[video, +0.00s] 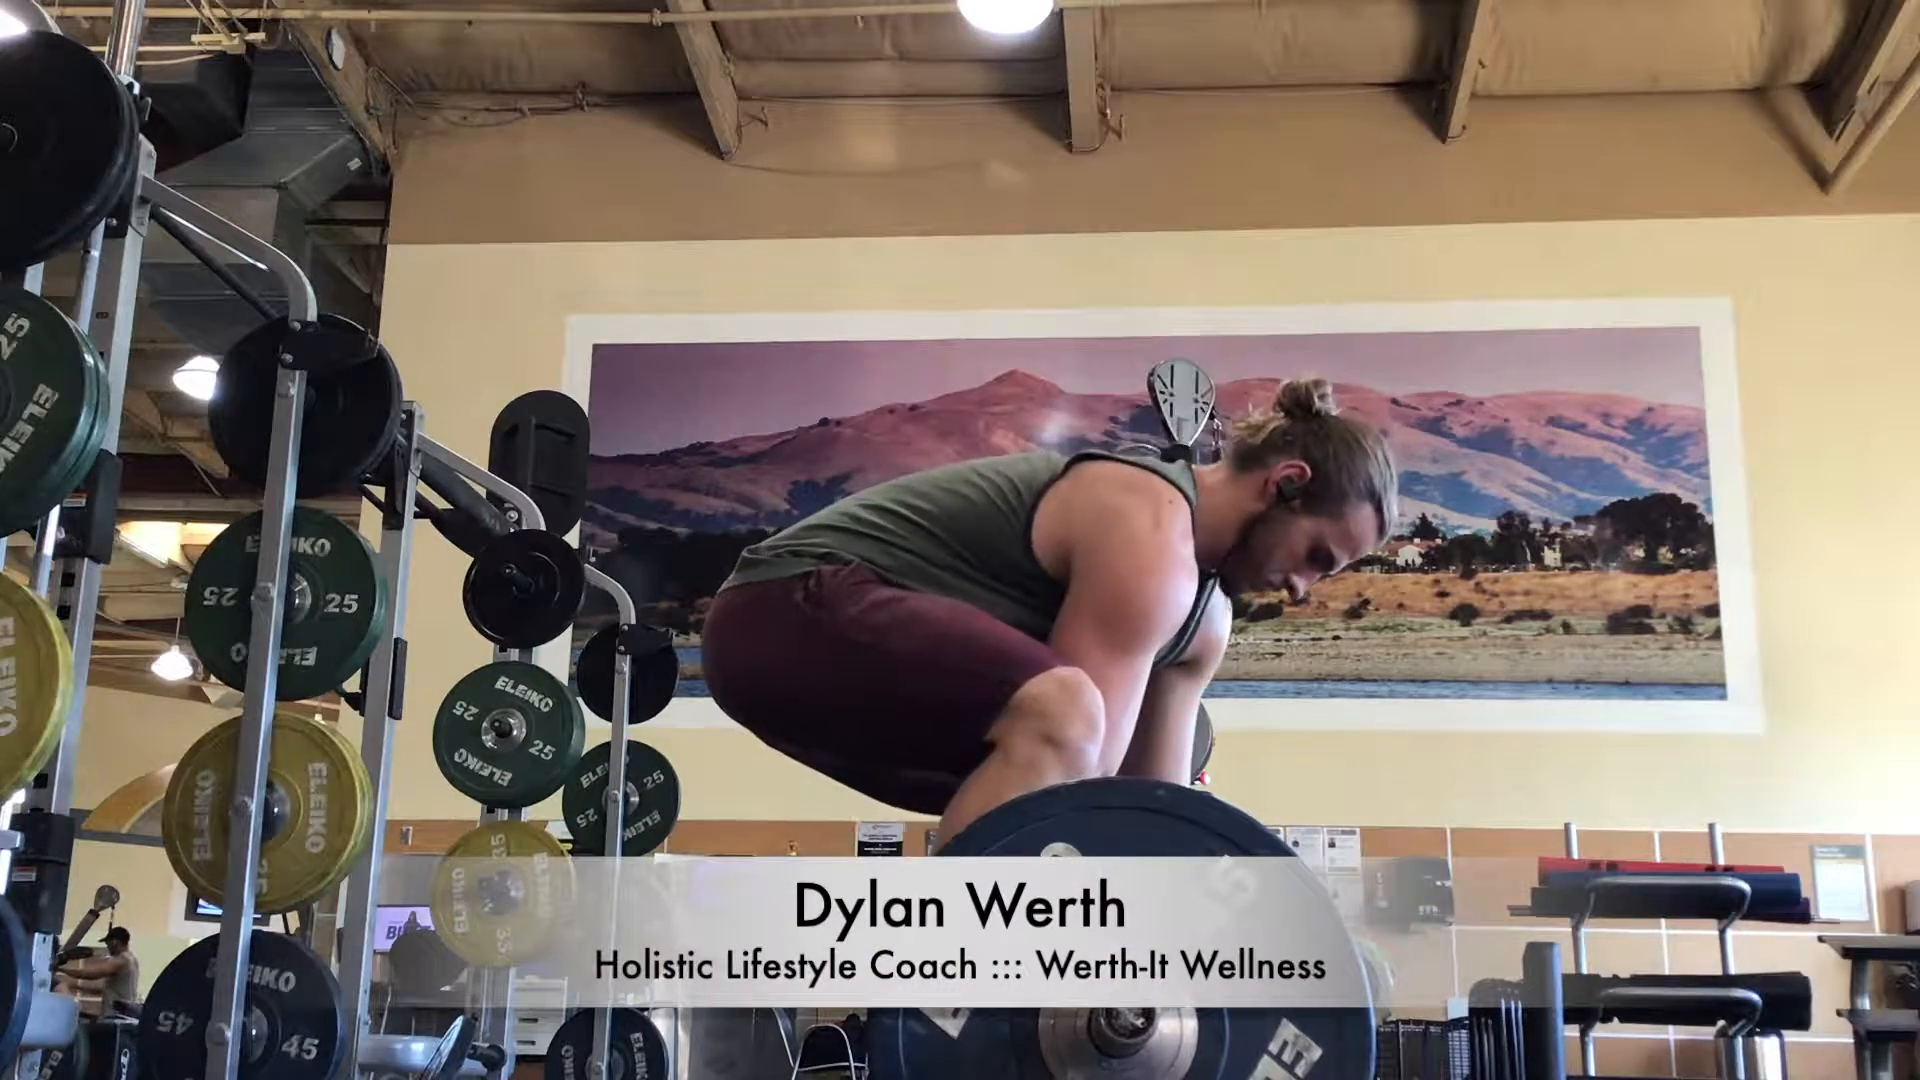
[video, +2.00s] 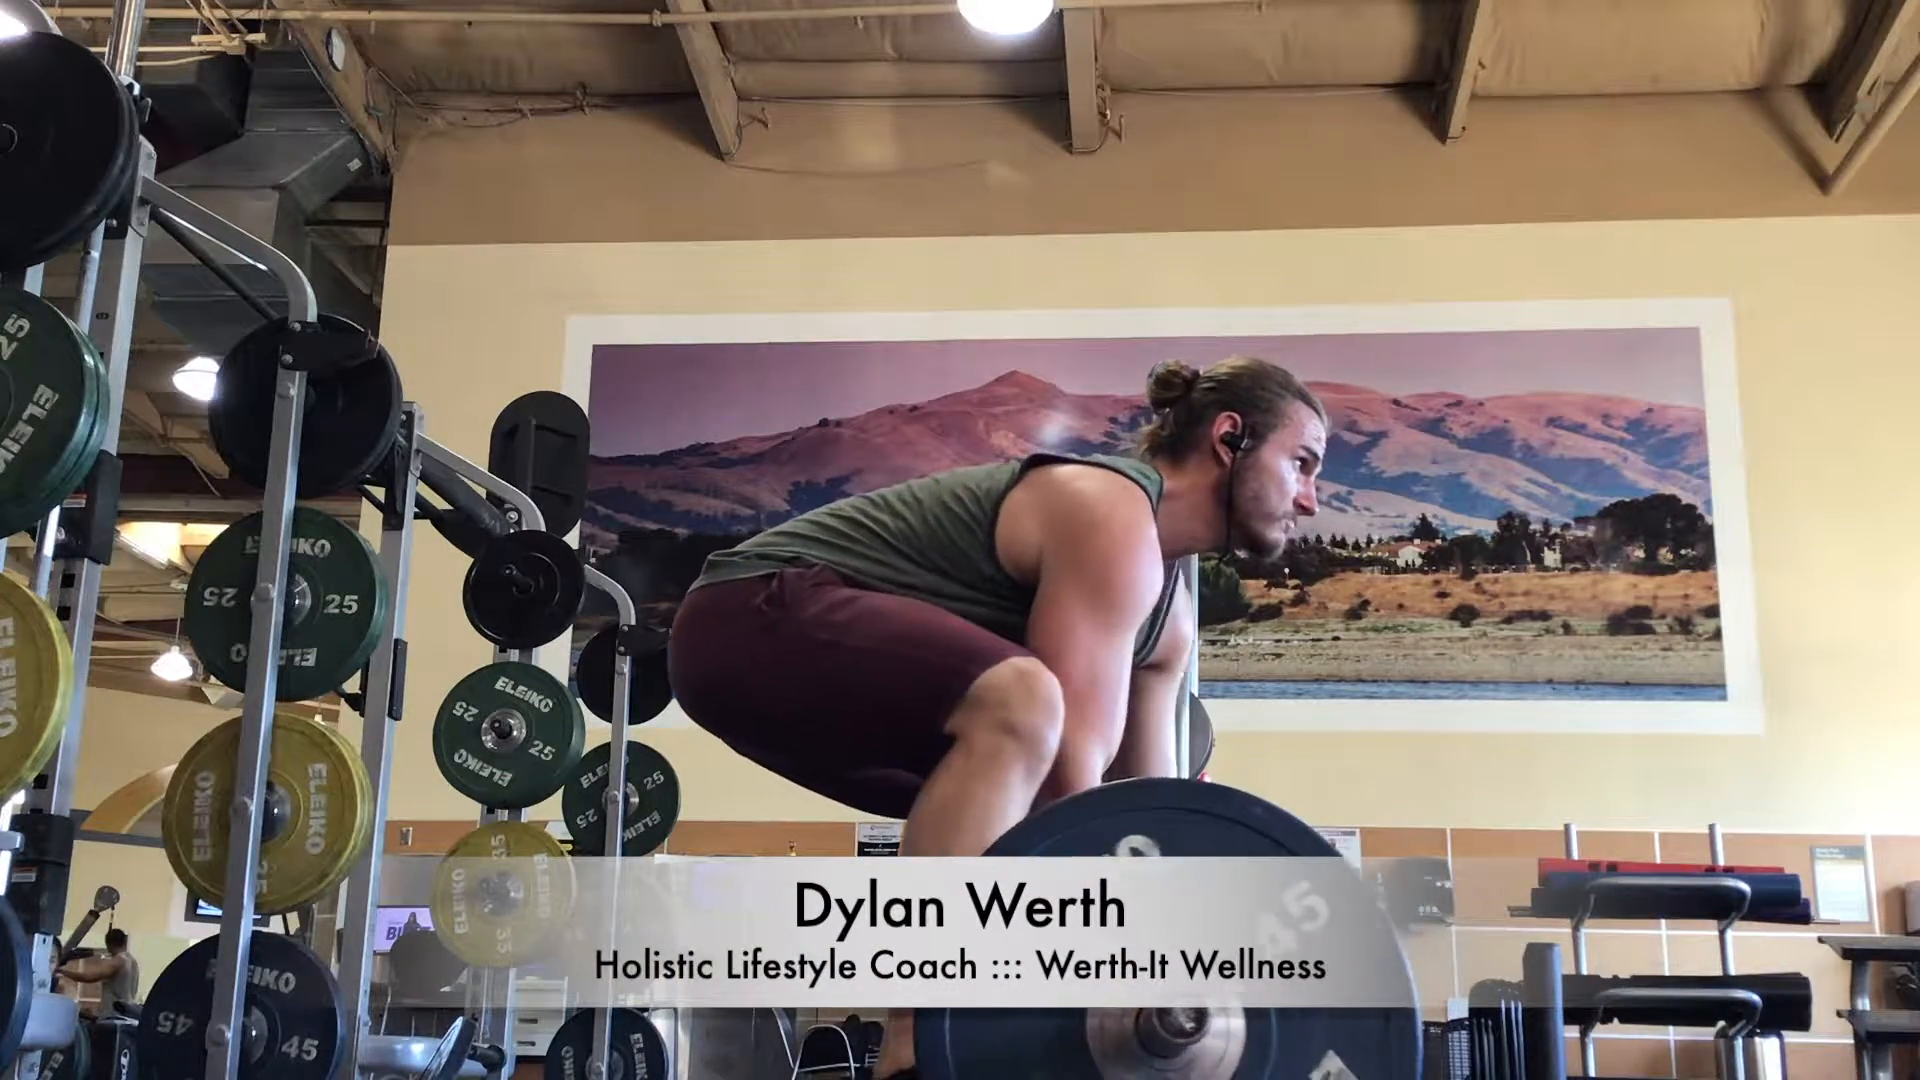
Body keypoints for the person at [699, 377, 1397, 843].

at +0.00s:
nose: (1303, 588)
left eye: (1325, 575)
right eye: (1316, 558)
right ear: (1282, 485)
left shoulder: (1199, 617)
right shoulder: (1143, 539)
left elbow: (1148, 812)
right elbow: (1068, 783)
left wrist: (1157, 968)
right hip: (790, 605)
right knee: (1062, 717)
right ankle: (918, 977)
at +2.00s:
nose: (1312, 497)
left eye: (1318, 477)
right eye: (1301, 464)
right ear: (1227, 439)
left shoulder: (1168, 613)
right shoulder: (1108, 522)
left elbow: (1152, 798)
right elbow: (1074, 776)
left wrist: (1174, 968)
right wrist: (1100, 967)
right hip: (754, 609)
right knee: (1018, 704)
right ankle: (907, 1043)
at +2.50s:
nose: (1325, 510)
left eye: (1332, 488)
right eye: (1316, 473)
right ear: (1243, 446)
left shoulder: (1175, 631)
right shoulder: (1122, 526)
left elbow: (1114, 814)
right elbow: (1034, 756)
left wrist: (1121, 980)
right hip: (762, 606)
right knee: (1028, 708)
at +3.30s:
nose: (1337, 471)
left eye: (1340, 448)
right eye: (1324, 437)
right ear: (1248, 420)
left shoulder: (1172, 603)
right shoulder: (1132, 506)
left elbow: (1105, 787)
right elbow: (1033, 734)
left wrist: (1089, 951)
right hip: (782, 589)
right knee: (1020, 699)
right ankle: (965, 971)